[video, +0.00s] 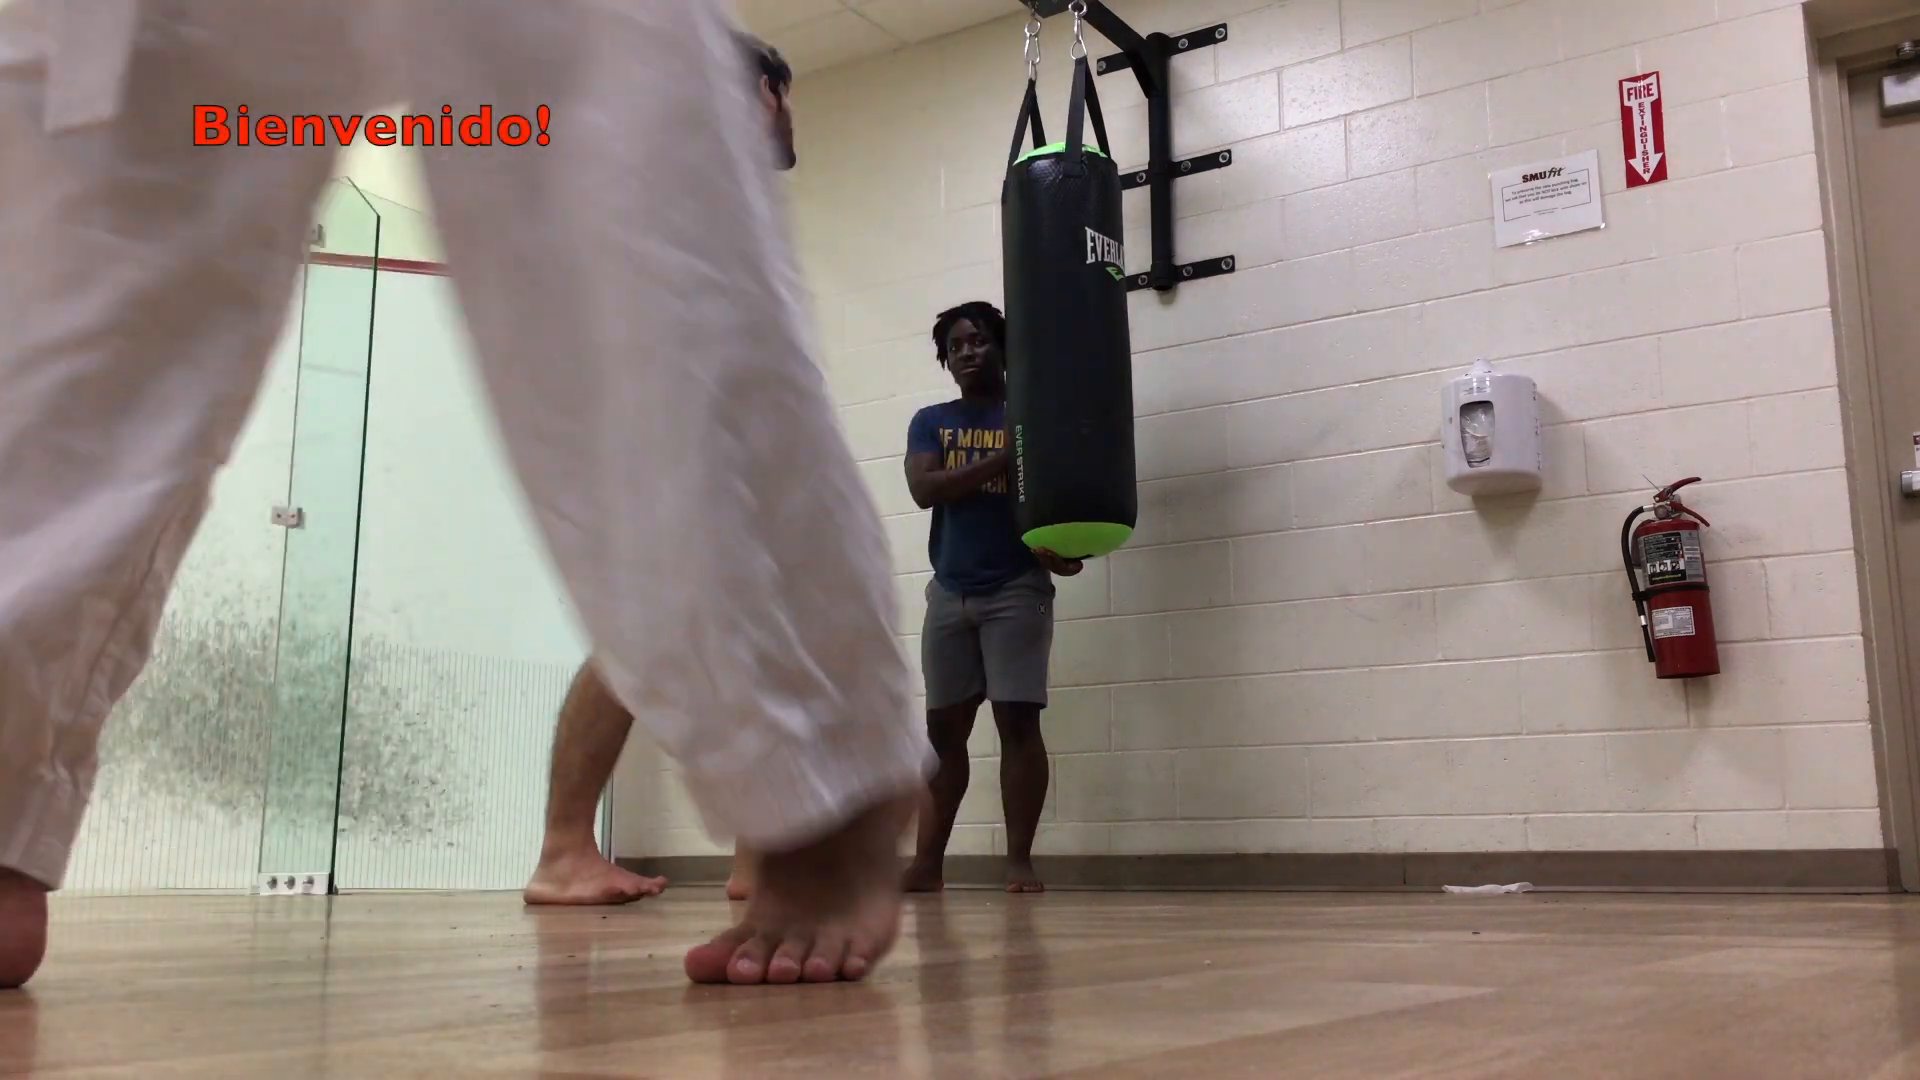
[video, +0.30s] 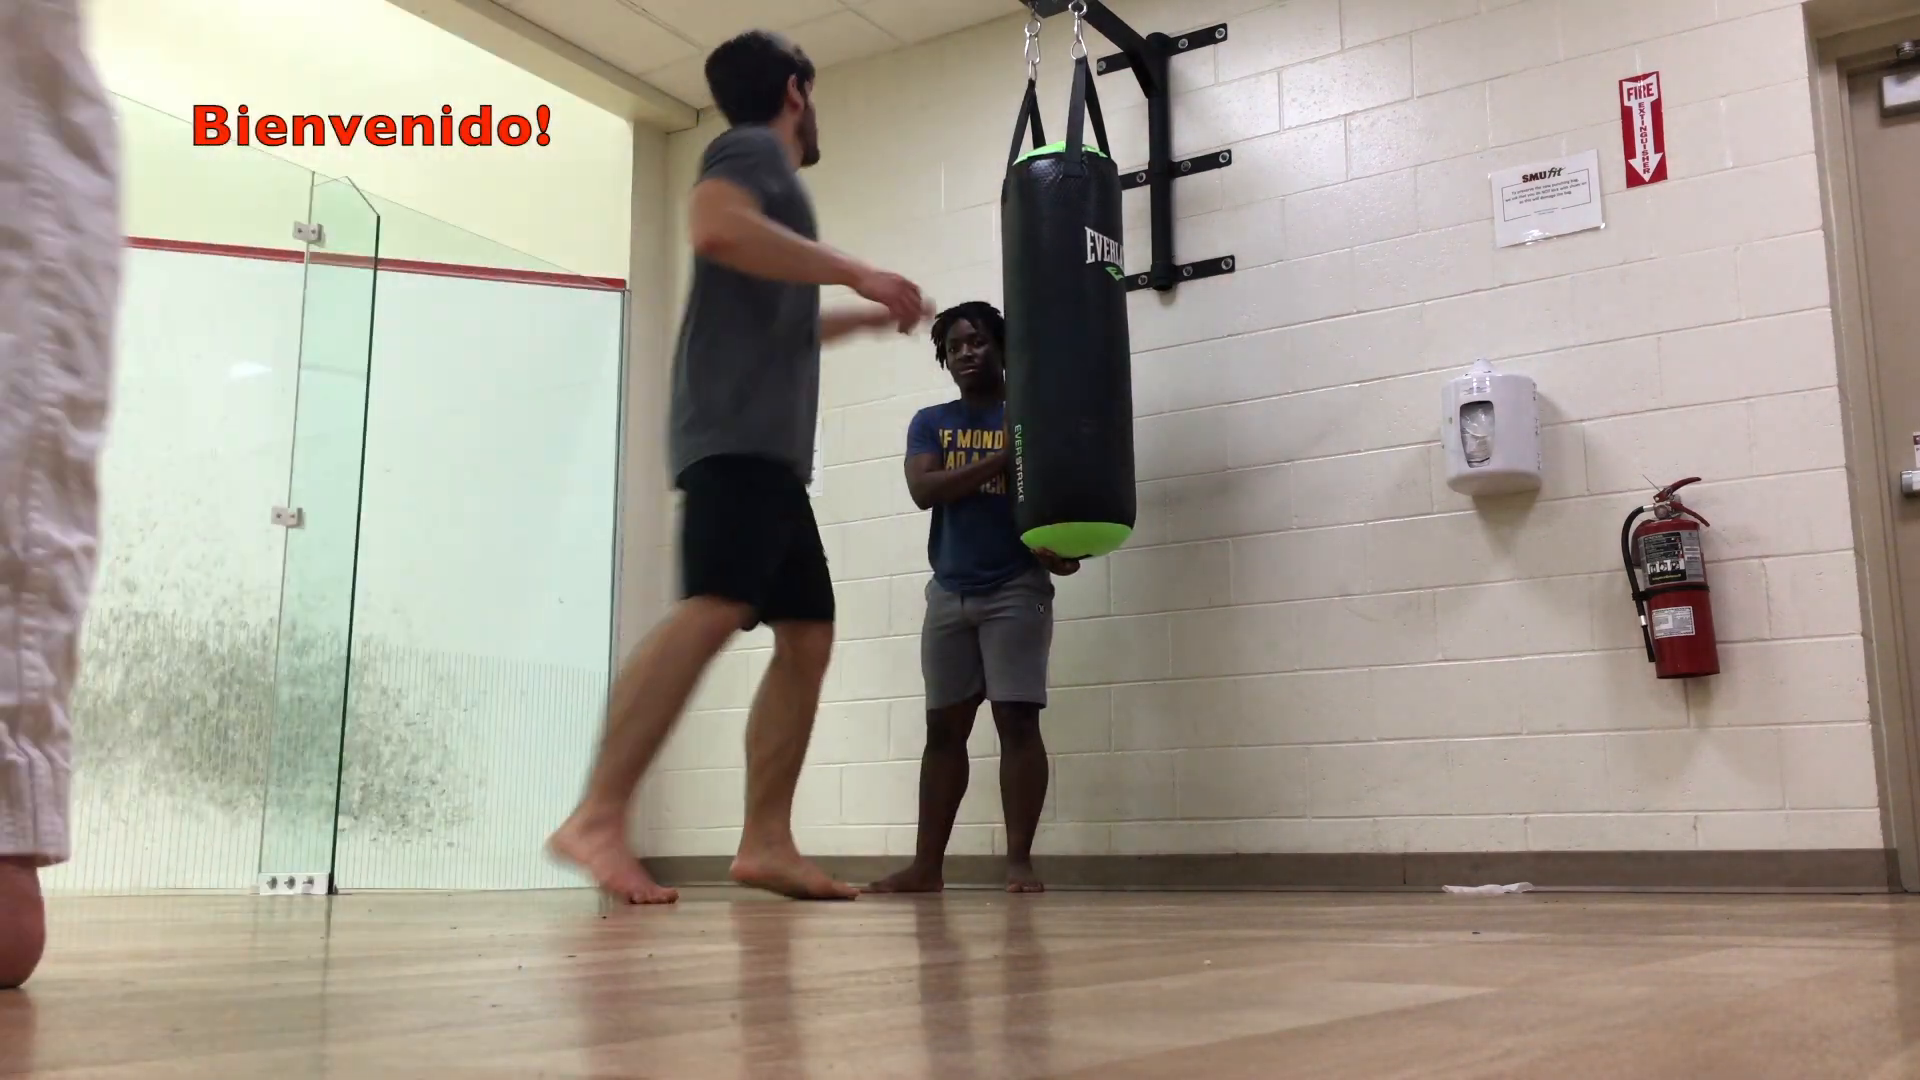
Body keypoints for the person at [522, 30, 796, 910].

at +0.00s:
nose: (790, 129)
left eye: (786, 107)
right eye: (777, 104)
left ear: (762, 110)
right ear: (733, 102)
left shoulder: (738, 239)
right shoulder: (671, 239)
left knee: (753, 599)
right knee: (640, 614)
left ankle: (764, 852)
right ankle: (565, 847)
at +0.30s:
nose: (818, 113)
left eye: (815, 98)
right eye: (814, 97)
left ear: (747, 100)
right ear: (793, 96)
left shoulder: (777, 190)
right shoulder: (753, 146)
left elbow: (772, 333)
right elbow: (714, 226)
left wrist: (867, 315)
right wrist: (856, 271)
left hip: (768, 448)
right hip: (732, 437)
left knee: (806, 633)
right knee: (717, 607)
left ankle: (767, 845)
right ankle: (594, 822)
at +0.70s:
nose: (848, 139)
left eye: (844, 131)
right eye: (851, 129)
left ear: (768, 122)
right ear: (842, 127)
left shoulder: (714, 182)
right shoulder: (876, 191)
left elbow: (628, 283)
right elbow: (939, 304)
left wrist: (616, 347)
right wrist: (953, 370)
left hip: (792, 452)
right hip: (891, 434)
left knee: (797, 644)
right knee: (992, 545)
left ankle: (835, 821)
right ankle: (956, 635)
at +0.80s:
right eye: (847, 148)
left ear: (769, 141)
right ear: (848, 147)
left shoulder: (735, 192)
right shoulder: (884, 209)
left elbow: (672, 303)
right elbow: (980, 304)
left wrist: (749, 277)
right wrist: (1075, 372)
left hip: (811, 458)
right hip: (907, 423)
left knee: (794, 642)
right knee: (977, 423)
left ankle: (859, 828)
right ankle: (1123, 453)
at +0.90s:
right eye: (848, 143)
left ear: (777, 151)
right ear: (855, 145)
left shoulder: (747, 202)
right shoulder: (898, 201)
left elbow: (731, 313)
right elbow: (1004, 264)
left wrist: (791, 269)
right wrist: (1103, 317)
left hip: (825, 453)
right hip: (920, 424)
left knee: (836, 642)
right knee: (1000, 442)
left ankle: (871, 830)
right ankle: (1110, 504)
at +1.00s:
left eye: (787, 146)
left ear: (787, 149)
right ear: (861, 139)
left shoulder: (765, 209)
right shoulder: (913, 189)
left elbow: (756, 349)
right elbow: (1001, 282)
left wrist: (787, 402)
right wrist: (1026, 298)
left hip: (853, 447)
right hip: (949, 426)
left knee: (860, 637)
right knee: (1024, 563)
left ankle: (911, 822)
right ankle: (1102, 702)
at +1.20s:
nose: (824, 198)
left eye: (823, 188)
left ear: (826, 190)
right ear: (897, 183)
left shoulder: (830, 251)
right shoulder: (941, 237)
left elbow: (778, 344)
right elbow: (986, 289)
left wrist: (688, 440)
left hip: (888, 501)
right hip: (974, 488)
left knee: (887, 666)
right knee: (1026, 634)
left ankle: (958, 842)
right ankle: (1072, 796)